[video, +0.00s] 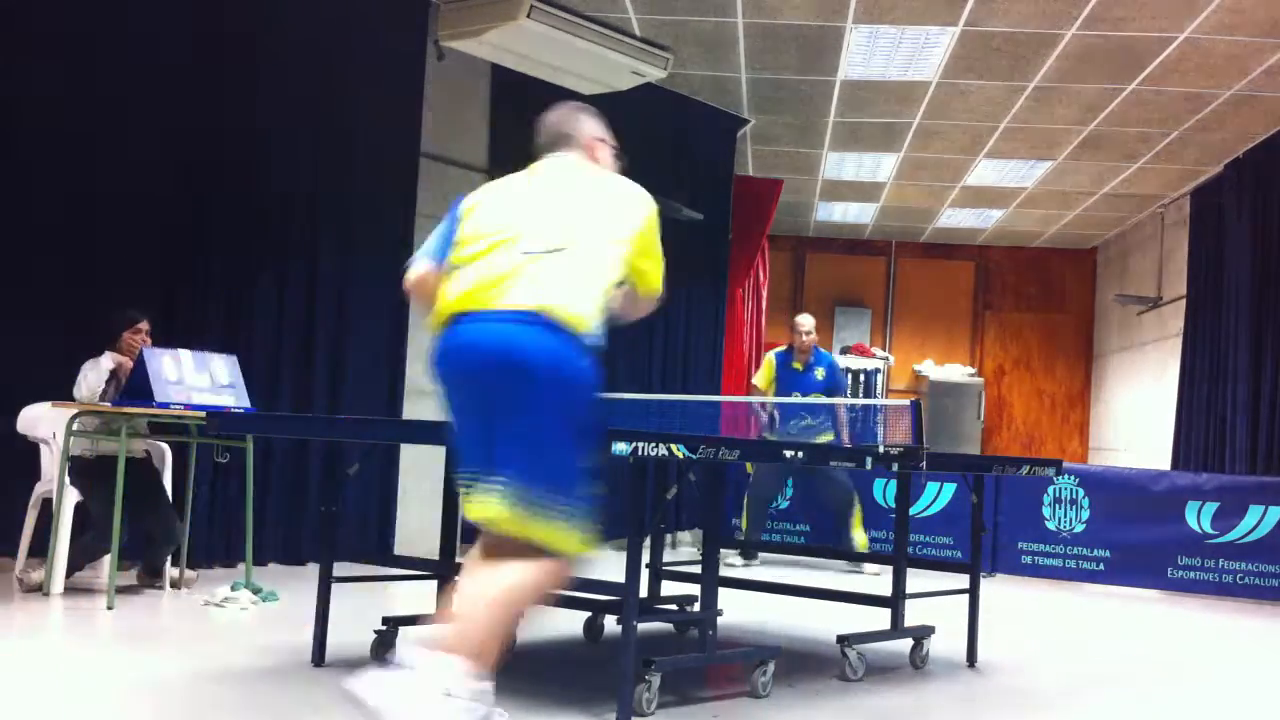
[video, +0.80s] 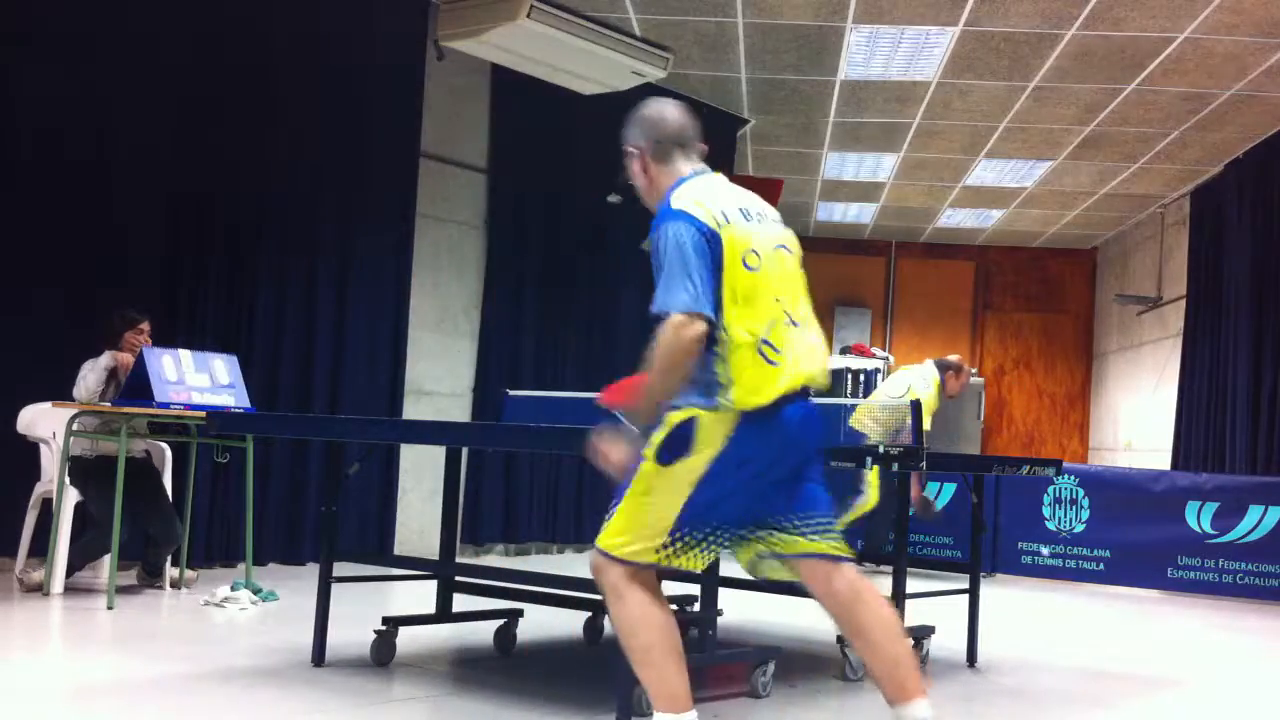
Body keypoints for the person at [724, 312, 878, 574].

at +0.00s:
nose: (804, 338)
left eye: (809, 333)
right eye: (800, 333)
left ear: (816, 335)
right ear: (792, 335)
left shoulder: (829, 363)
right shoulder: (775, 359)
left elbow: (839, 405)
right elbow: (755, 391)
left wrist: (845, 441)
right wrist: (763, 419)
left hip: (820, 442)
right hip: (779, 441)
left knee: (846, 492)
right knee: (757, 491)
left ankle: (859, 554)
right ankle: (749, 550)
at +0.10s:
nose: (817, 342)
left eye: (821, 337)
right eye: (812, 337)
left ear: (828, 339)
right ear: (803, 339)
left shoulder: (840, 367)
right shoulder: (787, 362)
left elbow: (851, 409)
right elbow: (767, 396)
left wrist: (855, 445)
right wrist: (782, 415)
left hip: (832, 442)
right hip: (790, 441)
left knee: (856, 492)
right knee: (764, 491)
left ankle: (870, 556)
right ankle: (747, 552)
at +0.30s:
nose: (871, 336)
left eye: (873, 331)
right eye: (865, 331)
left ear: (873, 332)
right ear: (852, 331)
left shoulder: (852, 352)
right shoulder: (848, 355)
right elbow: (862, 398)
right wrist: (882, 423)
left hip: (848, 434)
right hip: (840, 436)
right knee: (862, 492)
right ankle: (868, 554)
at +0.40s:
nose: (899, 346)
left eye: (900, 340)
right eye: (895, 341)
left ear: (875, 341)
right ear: (878, 340)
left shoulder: (856, 358)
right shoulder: (881, 363)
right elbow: (918, 395)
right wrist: (962, 406)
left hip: (830, 436)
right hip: (846, 442)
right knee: (861, 498)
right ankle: (864, 555)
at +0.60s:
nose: (943, 379)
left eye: (944, 374)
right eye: (942, 373)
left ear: (922, 369)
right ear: (926, 371)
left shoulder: (882, 373)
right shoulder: (916, 386)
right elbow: (947, 436)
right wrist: (982, 450)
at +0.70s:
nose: (951, 390)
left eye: (954, 385)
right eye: (952, 384)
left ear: (934, 370)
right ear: (942, 376)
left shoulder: (901, 372)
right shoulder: (923, 386)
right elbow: (926, 441)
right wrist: (948, 486)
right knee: (883, 501)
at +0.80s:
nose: (960, 391)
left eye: (963, 385)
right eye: (962, 384)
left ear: (949, 374)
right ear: (950, 376)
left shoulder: (921, 373)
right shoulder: (926, 388)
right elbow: (915, 442)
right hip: (866, 435)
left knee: (873, 496)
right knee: (871, 497)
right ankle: (830, 533)